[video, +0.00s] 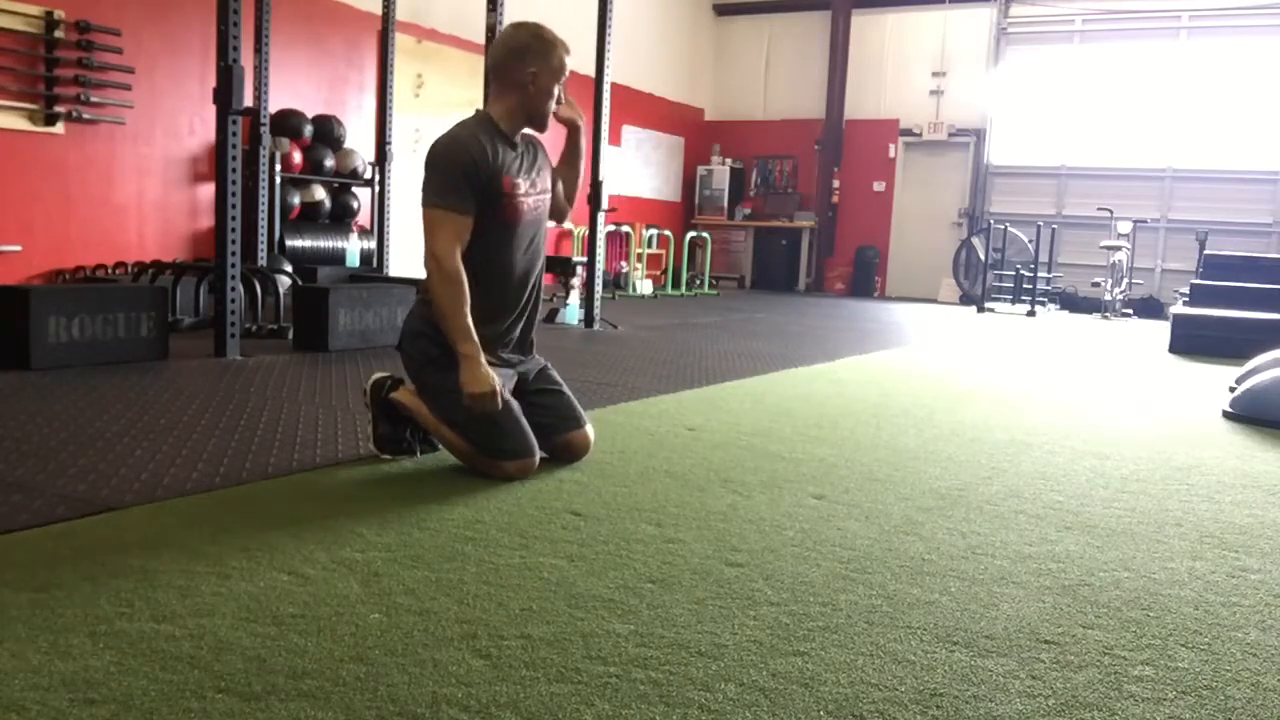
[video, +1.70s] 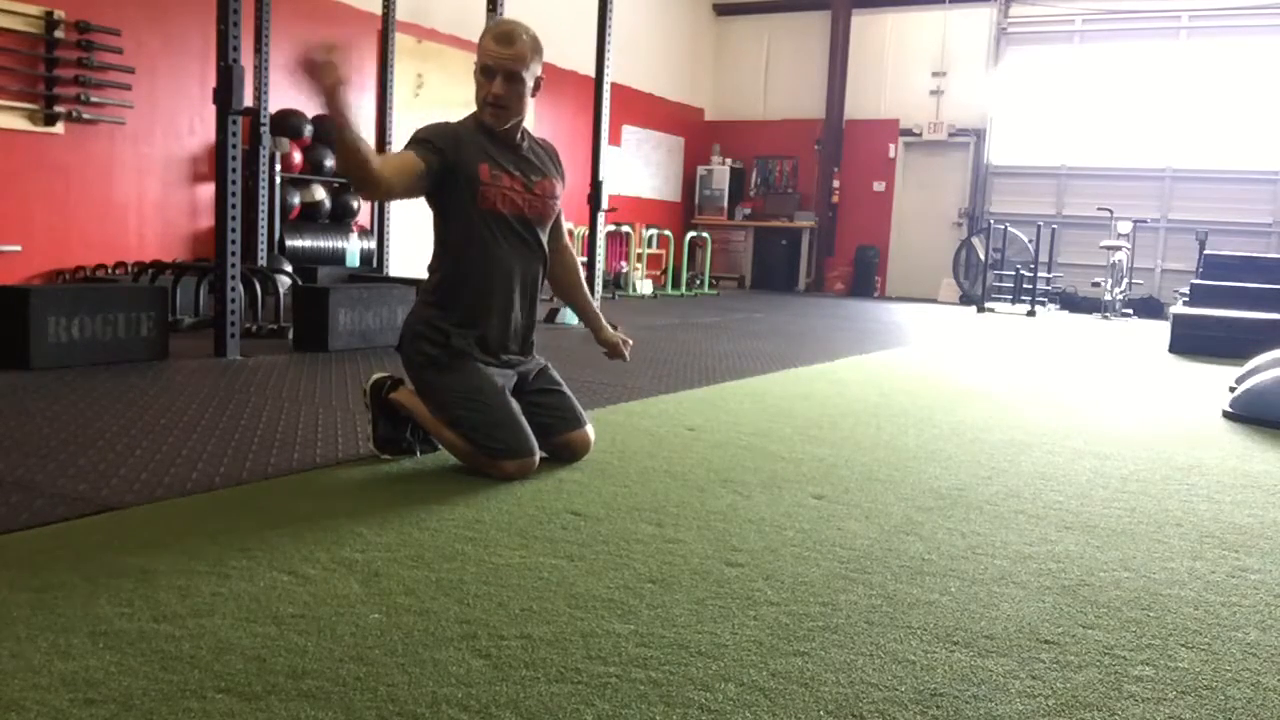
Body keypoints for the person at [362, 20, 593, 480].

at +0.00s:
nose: (563, 94)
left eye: (564, 82)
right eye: (561, 81)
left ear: (530, 79)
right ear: (529, 78)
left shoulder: (536, 152)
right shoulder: (461, 149)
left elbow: (560, 209)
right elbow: (442, 259)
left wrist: (577, 131)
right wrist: (471, 357)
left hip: (511, 345)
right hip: (449, 347)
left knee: (572, 442)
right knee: (515, 464)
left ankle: (437, 412)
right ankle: (399, 399)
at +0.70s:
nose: (557, 92)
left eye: (559, 79)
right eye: (547, 76)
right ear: (504, 70)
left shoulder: (541, 158)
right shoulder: (450, 149)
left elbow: (587, 186)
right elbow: (431, 256)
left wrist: (620, 178)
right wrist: (455, 354)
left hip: (516, 350)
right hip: (453, 352)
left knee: (573, 444)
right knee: (515, 464)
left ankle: (439, 411)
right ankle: (399, 399)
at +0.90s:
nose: (535, 86)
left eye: (545, 76)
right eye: (521, 70)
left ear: (552, 85)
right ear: (488, 70)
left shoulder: (544, 159)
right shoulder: (452, 148)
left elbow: (568, 214)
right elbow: (410, 240)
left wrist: (622, 216)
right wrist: (471, 286)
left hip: (517, 347)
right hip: (451, 349)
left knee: (574, 443)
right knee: (516, 463)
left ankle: (446, 411)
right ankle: (399, 399)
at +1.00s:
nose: (519, 87)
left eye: (532, 78)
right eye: (507, 72)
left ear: (546, 88)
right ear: (486, 73)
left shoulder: (546, 160)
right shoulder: (451, 147)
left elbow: (559, 228)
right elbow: (401, 233)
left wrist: (610, 254)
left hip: (517, 346)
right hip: (450, 347)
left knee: (574, 444)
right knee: (516, 463)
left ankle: (448, 409)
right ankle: (399, 399)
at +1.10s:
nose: (509, 90)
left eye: (525, 80)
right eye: (500, 74)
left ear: (545, 88)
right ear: (484, 72)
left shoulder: (547, 160)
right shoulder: (451, 143)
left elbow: (558, 241)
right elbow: (395, 226)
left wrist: (606, 305)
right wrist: (443, 152)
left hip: (516, 345)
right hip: (449, 344)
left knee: (574, 443)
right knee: (516, 463)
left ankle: (443, 411)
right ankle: (398, 399)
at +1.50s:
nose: (499, 90)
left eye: (515, 79)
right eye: (490, 74)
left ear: (538, 84)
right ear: (477, 73)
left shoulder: (547, 158)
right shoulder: (449, 143)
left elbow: (552, 251)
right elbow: (383, 198)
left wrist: (593, 324)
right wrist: (405, 100)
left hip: (515, 347)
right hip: (448, 346)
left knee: (573, 442)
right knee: (514, 463)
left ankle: (441, 410)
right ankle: (399, 398)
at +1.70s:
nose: (496, 90)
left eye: (512, 78)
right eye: (487, 74)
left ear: (536, 84)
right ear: (474, 73)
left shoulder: (546, 158)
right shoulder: (449, 144)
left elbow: (557, 249)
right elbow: (375, 181)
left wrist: (599, 325)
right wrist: (337, 105)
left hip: (515, 346)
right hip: (448, 345)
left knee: (573, 443)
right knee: (515, 463)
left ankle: (438, 412)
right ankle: (397, 399)